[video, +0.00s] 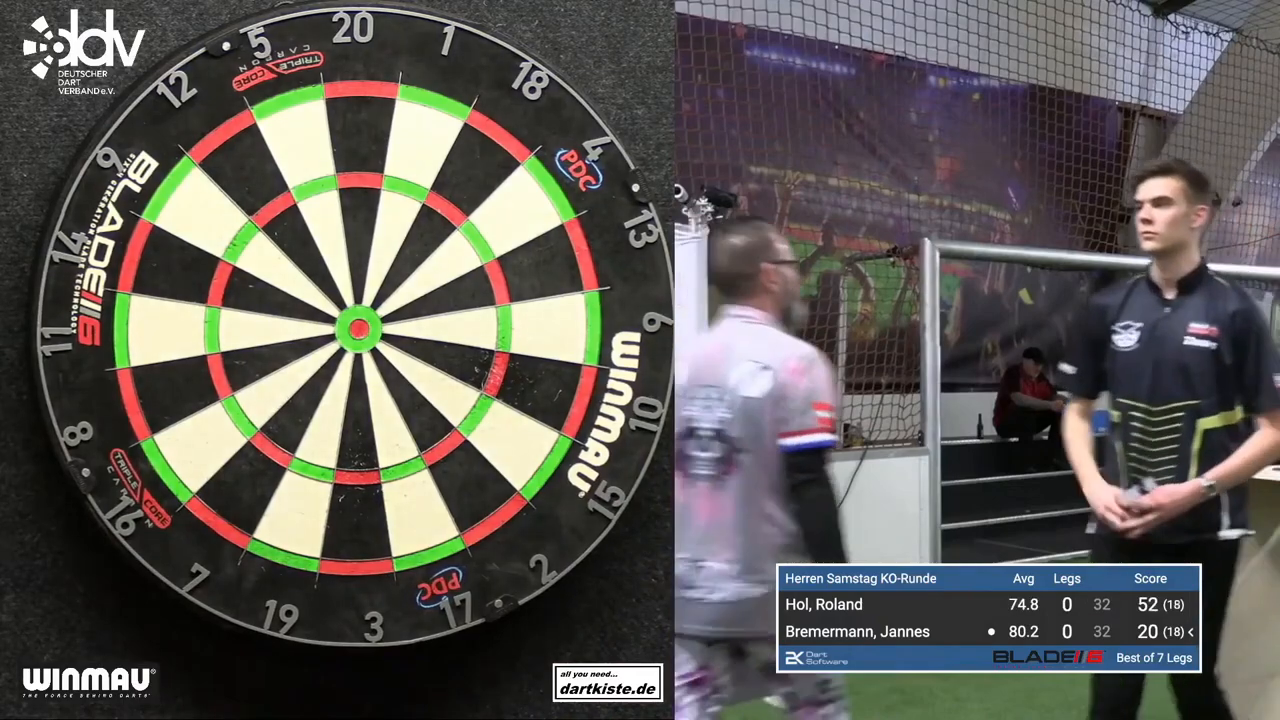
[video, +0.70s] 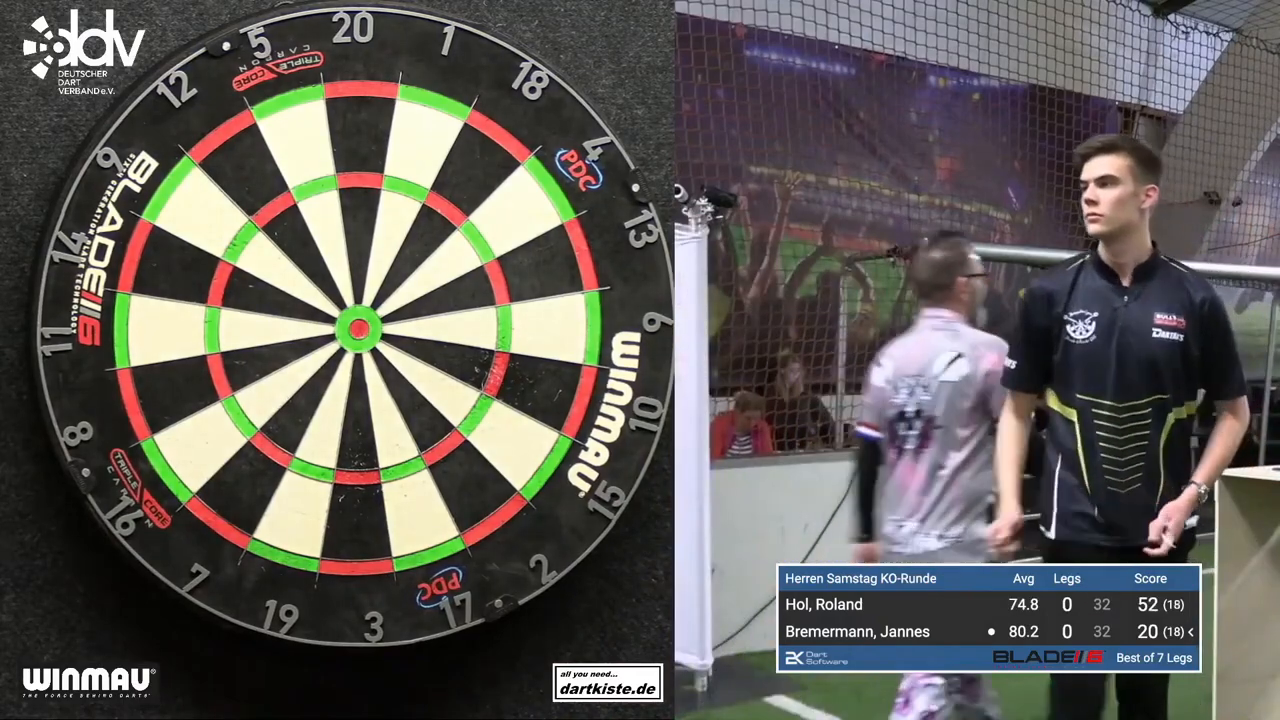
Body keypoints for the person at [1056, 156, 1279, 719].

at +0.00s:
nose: (1144, 216)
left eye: (1161, 204)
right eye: (1139, 207)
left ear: (1201, 216)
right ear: (1133, 218)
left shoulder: (1236, 314)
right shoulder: (1106, 309)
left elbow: (1272, 430)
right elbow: (1076, 411)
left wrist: (1193, 492)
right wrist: (1094, 487)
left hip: (1202, 534)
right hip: (1118, 529)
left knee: (1192, 680)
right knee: (1113, 682)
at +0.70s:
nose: (1089, 197)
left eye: (1105, 184)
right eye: (1084, 187)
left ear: (1148, 197)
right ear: (1078, 199)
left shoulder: (1194, 299)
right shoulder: (1049, 296)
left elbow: (1235, 412)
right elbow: (1018, 409)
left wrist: (1190, 497)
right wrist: (1009, 503)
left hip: (1161, 536)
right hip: (1074, 534)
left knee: (1146, 696)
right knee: (1074, 696)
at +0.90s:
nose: (1060, 192)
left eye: (1077, 180)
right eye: (1056, 183)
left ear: (1122, 192)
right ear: (1050, 194)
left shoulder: (1170, 293)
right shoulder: (1027, 294)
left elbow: (1217, 403)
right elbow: (993, 414)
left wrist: (1187, 495)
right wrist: (967, 521)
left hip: (1145, 538)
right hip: (1058, 539)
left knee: (1141, 704)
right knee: (1060, 703)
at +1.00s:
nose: (1036, 190)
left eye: (1053, 176)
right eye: (1031, 180)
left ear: (1100, 188)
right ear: (1027, 193)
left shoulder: (1154, 289)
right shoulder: (1007, 296)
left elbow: (1207, 397)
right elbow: (974, 424)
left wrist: (1180, 495)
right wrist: (939, 530)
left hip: (1141, 534)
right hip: (1052, 538)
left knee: (1147, 698)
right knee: (1058, 702)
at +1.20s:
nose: (1009, 189)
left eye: (1026, 174)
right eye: (1005, 178)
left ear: (1074, 186)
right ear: (1001, 191)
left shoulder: (1133, 282)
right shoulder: (984, 303)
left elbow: (1197, 384)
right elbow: (948, 432)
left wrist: (1175, 488)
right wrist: (894, 548)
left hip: (1138, 535)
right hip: (1046, 547)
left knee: (1160, 692)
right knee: (1054, 700)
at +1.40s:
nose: (983, 193)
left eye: (1000, 178)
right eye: (980, 182)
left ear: (1048, 189)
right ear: (979, 196)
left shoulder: (1120, 279)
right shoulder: (968, 305)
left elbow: (1187, 375)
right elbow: (909, 424)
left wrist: (1176, 480)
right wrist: (828, 538)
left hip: (1140, 524)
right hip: (1052, 539)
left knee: (1164, 688)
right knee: (1052, 698)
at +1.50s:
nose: (978, 193)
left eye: (996, 178)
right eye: (976, 182)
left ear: (1045, 190)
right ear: (976, 196)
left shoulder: (1116, 280)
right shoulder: (965, 305)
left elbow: (1186, 374)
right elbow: (891, 408)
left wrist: (1175, 479)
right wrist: (799, 520)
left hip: (1140, 527)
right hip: (1049, 541)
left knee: (1162, 692)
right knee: (1051, 699)